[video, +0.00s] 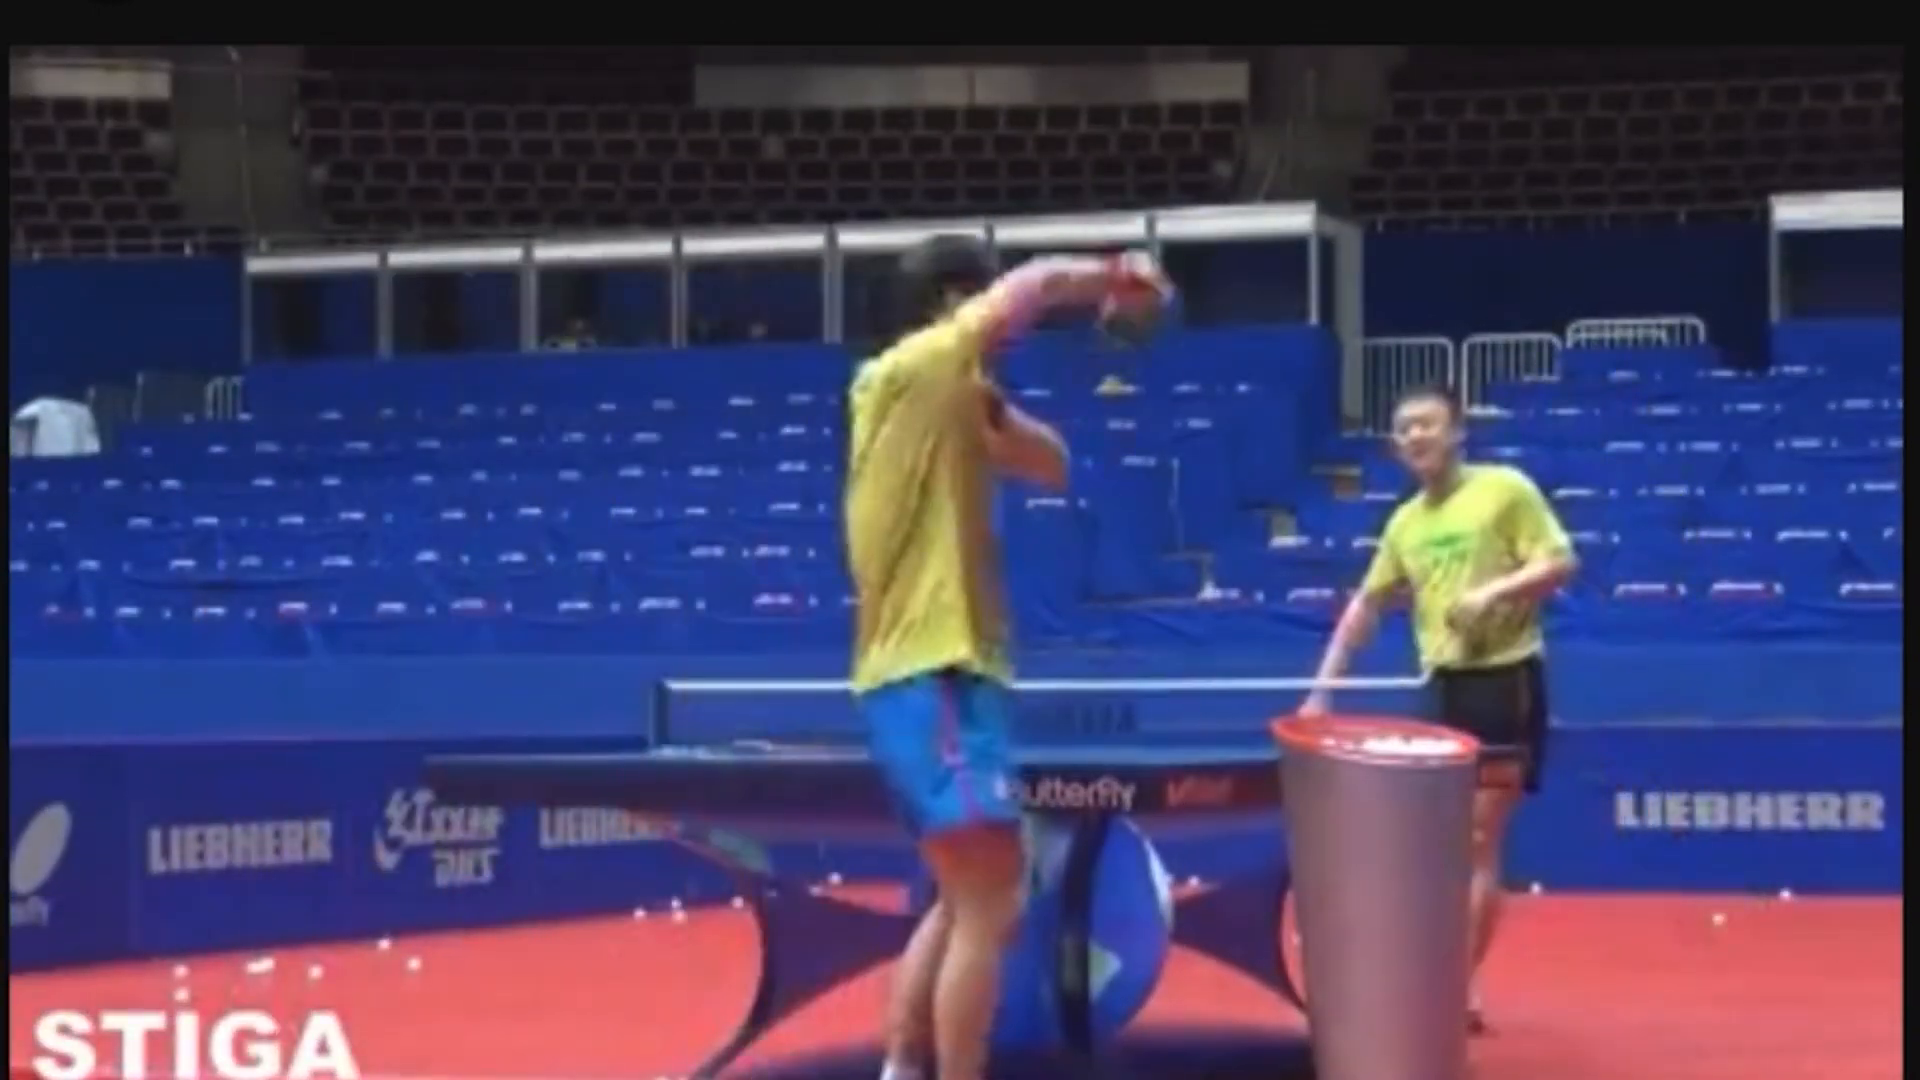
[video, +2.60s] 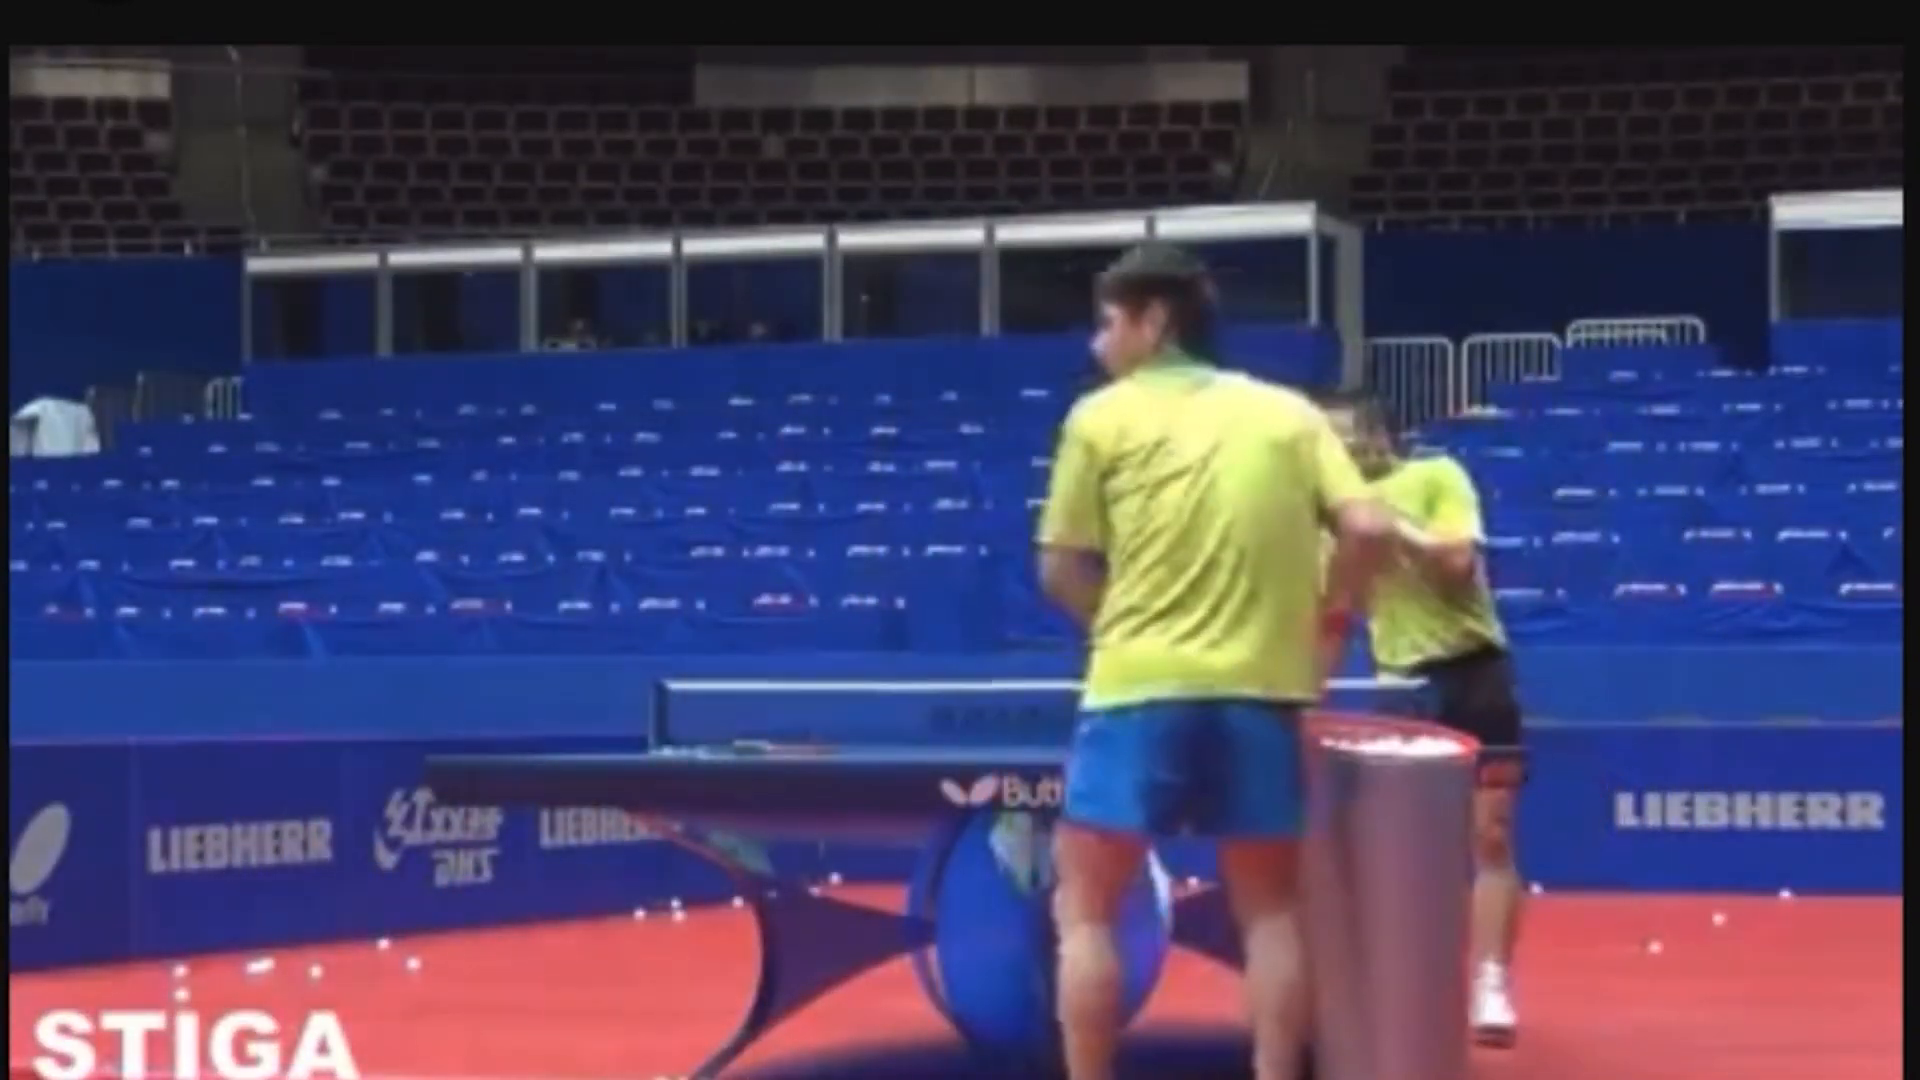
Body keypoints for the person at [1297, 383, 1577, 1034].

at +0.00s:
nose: (1418, 437)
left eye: (1430, 425)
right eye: (1408, 428)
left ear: (1458, 431)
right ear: (1396, 443)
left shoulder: (1505, 488)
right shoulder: (1404, 523)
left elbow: (1559, 560)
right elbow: (1365, 605)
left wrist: (1489, 595)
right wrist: (1323, 686)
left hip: (1504, 675)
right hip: (1443, 679)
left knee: (1481, 841)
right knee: (1435, 838)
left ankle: (1461, 987)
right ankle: (1431, 984)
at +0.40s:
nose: (1409, 443)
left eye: (1421, 429)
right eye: (1400, 433)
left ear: (1453, 432)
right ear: (1393, 446)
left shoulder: (1500, 491)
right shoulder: (1400, 523)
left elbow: (1543, 569)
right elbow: (1379, 606)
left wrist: (1467, 610)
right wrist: (1352, 669)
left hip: (1504, 670)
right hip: (1441, 678)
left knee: (1519, 827)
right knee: (1446, 840)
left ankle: (1554, 973)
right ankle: (1454, 984)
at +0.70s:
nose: (1451, 436)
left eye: (1464, 423)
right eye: (1441, 425)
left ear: (1493, 430)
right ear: (1430, 436)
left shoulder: (1533, 497)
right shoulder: (1422, 512)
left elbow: (1553, 582)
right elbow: (1405, 585)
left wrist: (1472, 598)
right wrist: (1427, 602)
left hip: (1525, 672)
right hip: (1453, 676)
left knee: (1555, 840)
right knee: (1453, 844)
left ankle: (1586, 982)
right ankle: (1457, 984)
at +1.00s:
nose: (1541, 433)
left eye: (1555, 422)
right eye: (1532, 421)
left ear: (1581, 432)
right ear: (1518, 430)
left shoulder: (1609, 514)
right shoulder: (1485, 500)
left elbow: (1613, 605)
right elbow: (1454, 579)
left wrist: (1546, 613)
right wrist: (1500, 619)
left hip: (1566, 684)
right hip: (1492, 680)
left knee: (1579, 846)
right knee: (1476, 840)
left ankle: (1590, 985)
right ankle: (1463, 979)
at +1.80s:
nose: (1495, 438)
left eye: (1509, 425)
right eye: (1491, 425)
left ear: (1544, 435)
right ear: (1485, 435)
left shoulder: (1585, 506)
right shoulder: (1466, 504)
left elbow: (1604, 592)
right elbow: (1441, 580)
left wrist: (1532, 566)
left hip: (1543, 687)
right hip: (1467, 681)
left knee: (1558, 847)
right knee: (1442, 841)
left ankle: (1587, 988)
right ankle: (1421, 991)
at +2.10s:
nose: (1416, 439)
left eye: (1427, 426)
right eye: (1410, 426)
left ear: (1458, 430)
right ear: (1404, 434)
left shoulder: (1504, 492)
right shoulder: (1393, 494)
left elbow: (1517, 576)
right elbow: (1373, 588)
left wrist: (1452, 528)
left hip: (1488, 674)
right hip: (1411, 677)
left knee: (1528, 844)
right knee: (1400, 844)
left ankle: (1576, 981)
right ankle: (1398, 993)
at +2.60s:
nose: (1340, 452)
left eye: (1349, 437)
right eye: (1331, 440)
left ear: (1378, 434)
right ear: (1325, 447)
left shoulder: (1437, 476)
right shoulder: (1339, 509)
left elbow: (1458, 562)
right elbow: (1334, 609)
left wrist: (1389, 524)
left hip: (1471, 664)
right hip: (1400, 675)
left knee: (1490, 830)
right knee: (1405, 834)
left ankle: (1490, 980)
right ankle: (1407, 984)